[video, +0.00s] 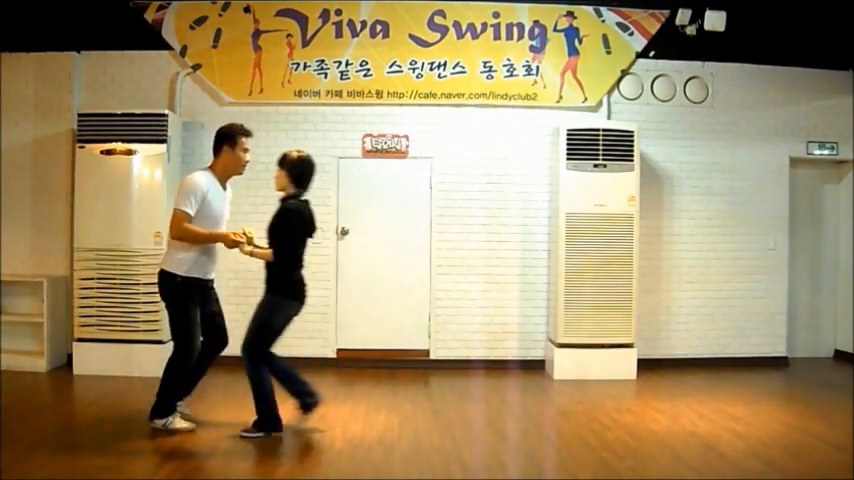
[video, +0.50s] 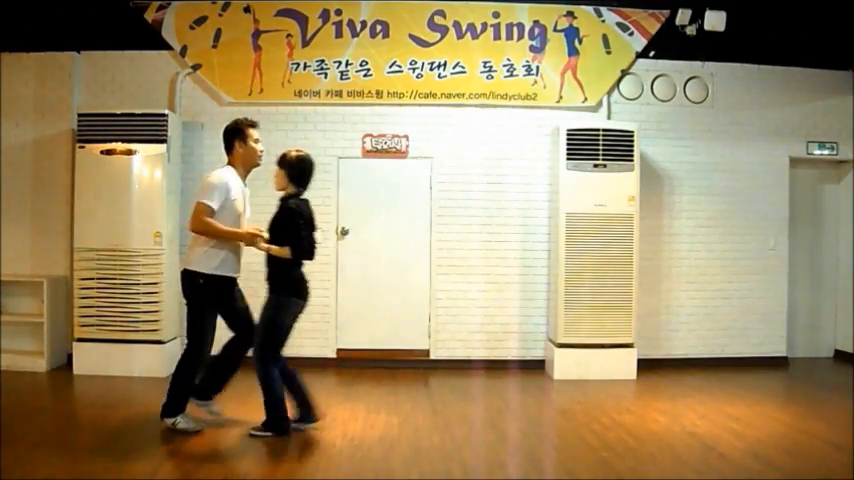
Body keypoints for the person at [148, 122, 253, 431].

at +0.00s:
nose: (247, 158)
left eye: (248, 152)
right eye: (243, 151)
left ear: (226, 153)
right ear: (224, 151)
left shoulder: (224, 189)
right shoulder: (196, 183)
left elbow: (207, 229)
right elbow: (177, 230)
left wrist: (232, 236)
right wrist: (222, 237)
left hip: (202, 280)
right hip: (178, 279)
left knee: (216, 340)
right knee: (188, 346)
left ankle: (172, 400)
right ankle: (161, 414)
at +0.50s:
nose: (261, 148)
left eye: (260, 141)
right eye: (255, 142)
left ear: (241, 148)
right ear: (237, 146)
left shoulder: (239, 185)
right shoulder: (219, 179)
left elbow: (223, 226)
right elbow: (197, 222)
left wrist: (249, 235)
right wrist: (240, 235)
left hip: (222, 277)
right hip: (201, 276)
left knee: (245, 333)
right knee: (198, 346)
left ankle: (202, 396)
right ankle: (172, 412)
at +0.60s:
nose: (262, 146)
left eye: (261, 140)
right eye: (256, 140)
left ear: (245, 147)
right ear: (238, 146)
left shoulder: (242, 184)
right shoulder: (222, 179)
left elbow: (230, 231)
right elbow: (212, 227)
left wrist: (264, 241)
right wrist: (257, 240)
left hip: (226, 277)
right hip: (204, 275)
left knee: (256, 330)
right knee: (197, 347)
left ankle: (244, 405)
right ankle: (172, 412)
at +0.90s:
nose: (265, 140)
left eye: (263, 135)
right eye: (258, 135)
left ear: (252, 143)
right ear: (239, 142)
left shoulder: (261, 183)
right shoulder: (230, 181)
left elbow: (271, 228)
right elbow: (242, 233)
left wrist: (307, 237)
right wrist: (291, 233)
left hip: (261, 275)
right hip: (238, 277)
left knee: (277, 340)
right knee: (239, 346)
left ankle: (278, 412)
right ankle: (189, 398)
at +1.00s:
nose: (267, 137)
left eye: (265, 132)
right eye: (260, 133)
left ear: (251, 141)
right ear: (241, 141)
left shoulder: (268, 181)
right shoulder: (231, 182)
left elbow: (281, 226)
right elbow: (239, 233)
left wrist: (318, 235)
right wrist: (285, 227)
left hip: (270, 271)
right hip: (246, 274)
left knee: (279, 341)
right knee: (263, 341)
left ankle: (278, 412)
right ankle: (215, 396)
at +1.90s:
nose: (273, 154)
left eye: (274, 149)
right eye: (269, 147)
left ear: (259, 149)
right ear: (249, 145)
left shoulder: (261, 189)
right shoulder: (221, 181)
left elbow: (299, 221)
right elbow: (216, 228)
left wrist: (339, 222)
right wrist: (260, 231)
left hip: (252, 276)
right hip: (227, 277)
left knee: (278, 334)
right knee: (255, 342)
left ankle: (270, 408)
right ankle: (247, 418)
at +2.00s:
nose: (266, 154)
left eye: (267, 148)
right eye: (262, 147)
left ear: (251, 149)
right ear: (241, 146)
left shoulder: (253, 189)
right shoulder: (216, 182)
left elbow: (286, 226)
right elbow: (216, 232)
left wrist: (329, 227)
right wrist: (263, 234)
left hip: (246, 276)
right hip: (222, 278)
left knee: (266, 338)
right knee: (253, 342)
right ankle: (247, 416)